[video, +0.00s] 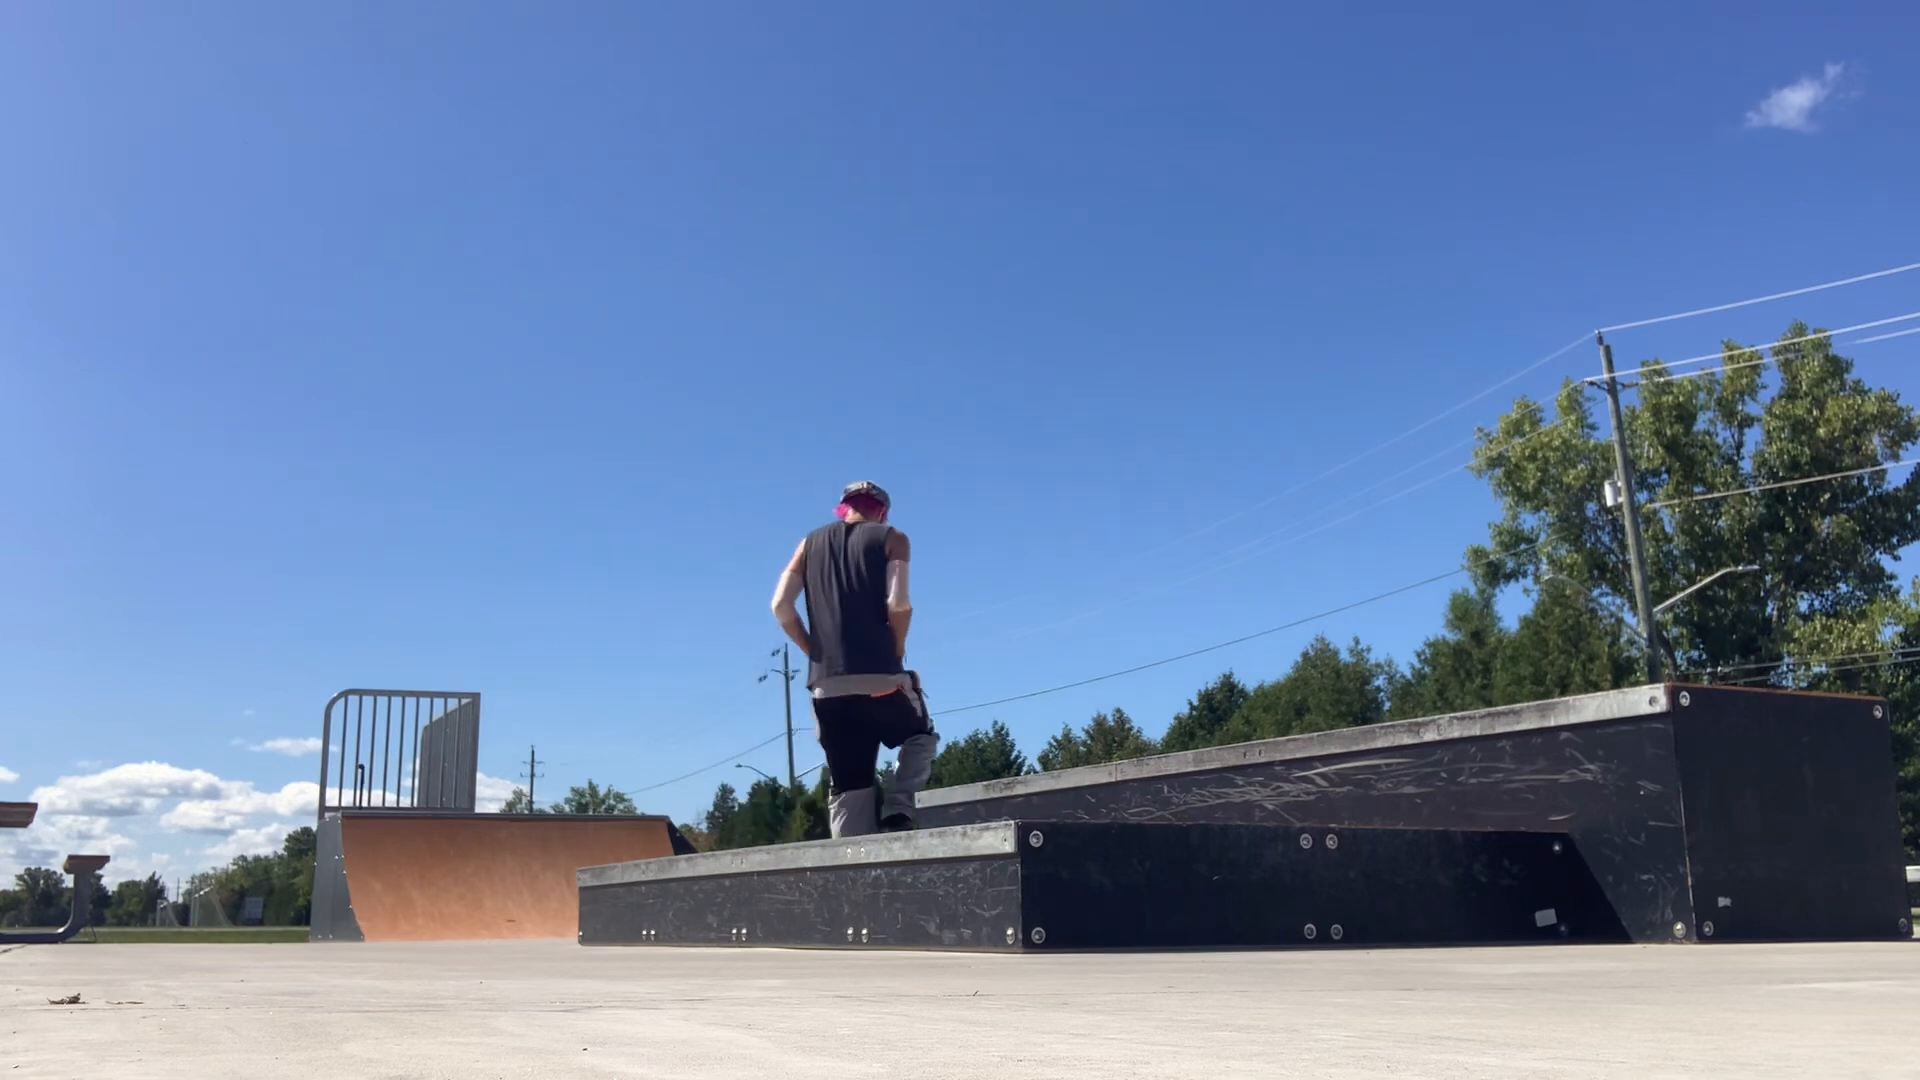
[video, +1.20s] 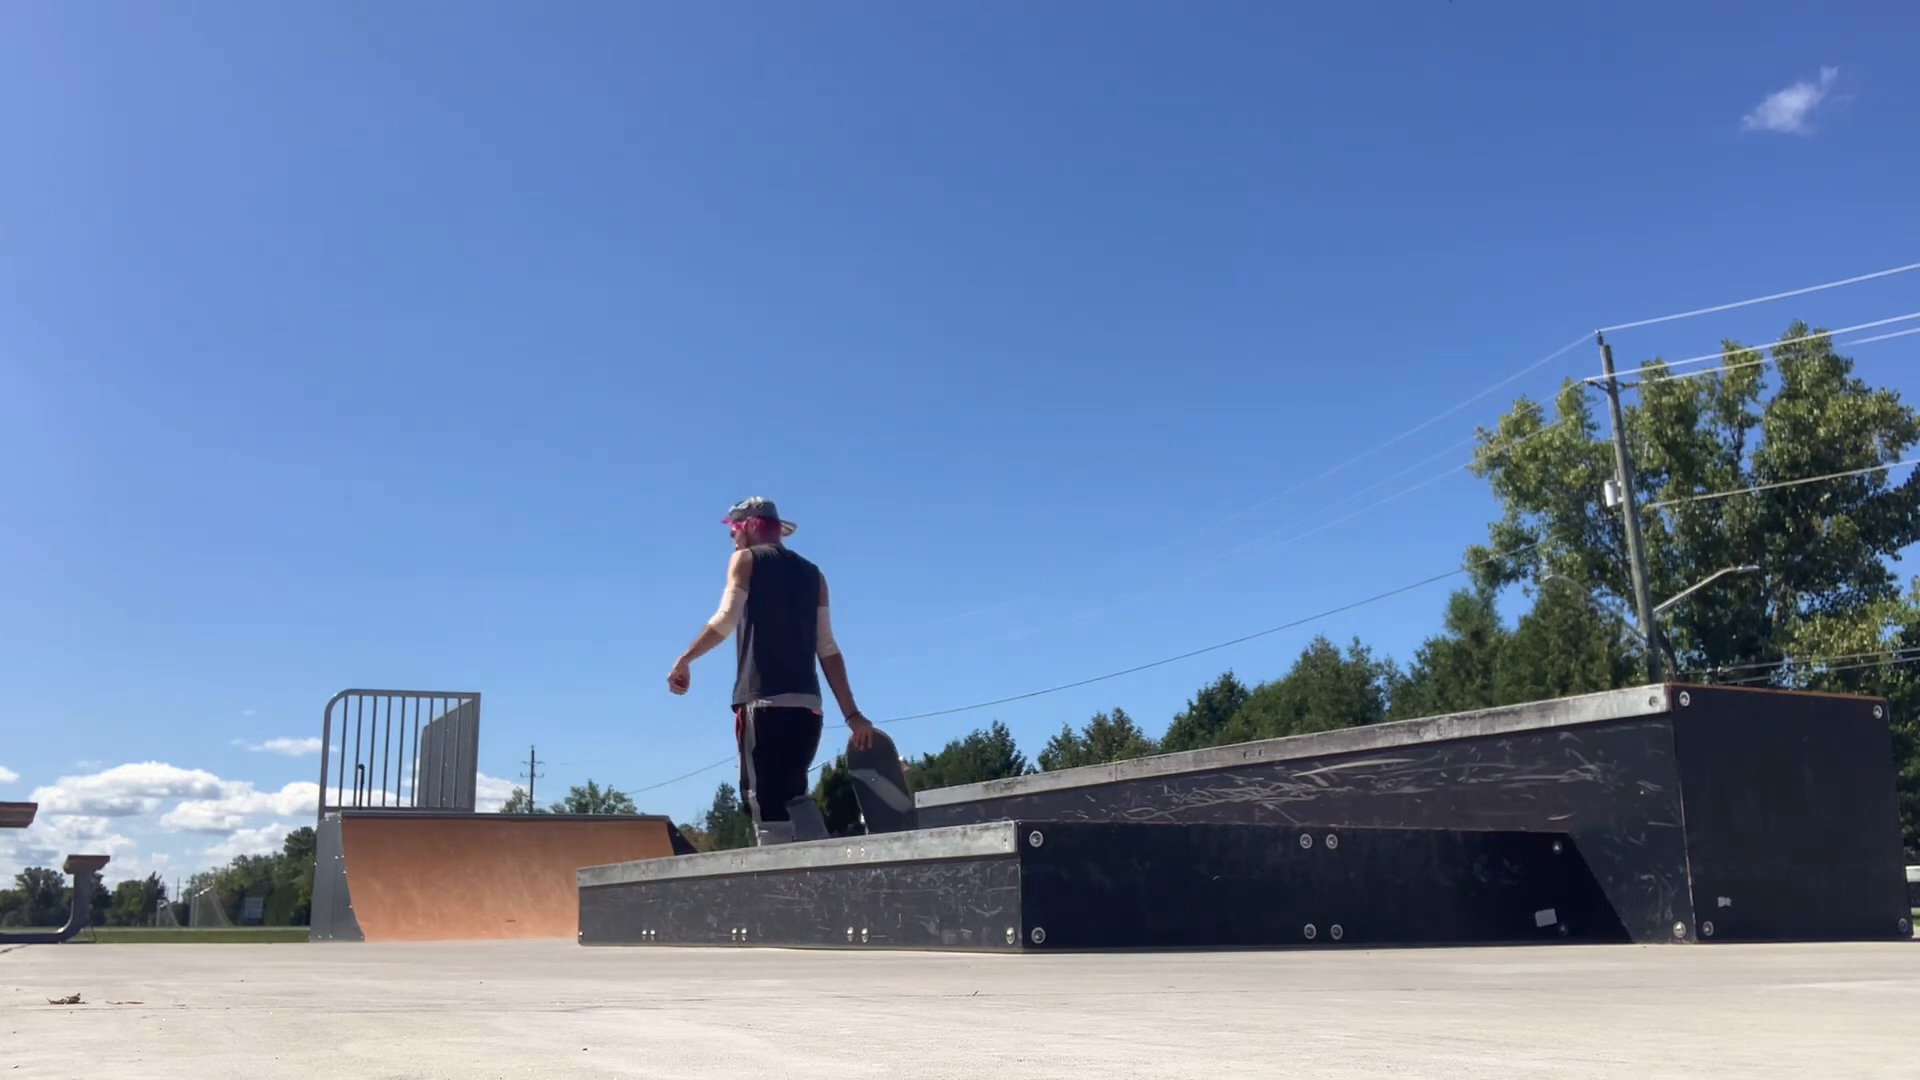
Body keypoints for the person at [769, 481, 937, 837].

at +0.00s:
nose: (886, 520)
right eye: (886, 515)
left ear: (841, 511)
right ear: (881, 511)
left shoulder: (810, 542)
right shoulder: (892, 538)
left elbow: (781, 606)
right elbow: (898, 604)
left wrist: (814, 651)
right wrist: (897, 653)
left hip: (828, 690)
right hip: (881, 685)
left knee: (848, 791)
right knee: (918, 737)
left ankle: (853, 885)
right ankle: (898, 811)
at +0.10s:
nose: (892, 532)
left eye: (892, 529)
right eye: (892, 527)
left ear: (847, 525)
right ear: (885, 524)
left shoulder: (818, 552)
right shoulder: (901, 549)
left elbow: (788, 608)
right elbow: (916, 614)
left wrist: (809, 669)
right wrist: (914, 663)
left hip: (838, 691)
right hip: (892, 684)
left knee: (855, 790)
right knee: (921, 742)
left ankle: (857, 882)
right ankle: (917, 818)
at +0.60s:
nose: (852, 539)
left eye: (854, 536)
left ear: (858, 534)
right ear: (896, 537)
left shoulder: (843, 550)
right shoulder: (921, 570)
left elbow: (832, 584)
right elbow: (930, 641)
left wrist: (794, 633)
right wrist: (949, 708)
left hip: (849, 696)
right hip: (902, 698)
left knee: (845, 797)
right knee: (902, 800)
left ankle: (842, 879)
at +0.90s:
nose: (805, 550)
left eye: (805, 546)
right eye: (806, 547)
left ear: (812, 542)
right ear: (850, 540)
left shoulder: (808, 562)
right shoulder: (882, 578)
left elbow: (812, 608)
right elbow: (898, 646)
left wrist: (786, 665)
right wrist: (930, 707)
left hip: (822, 721)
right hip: (877, 720)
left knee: (800, 825)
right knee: (897, 819)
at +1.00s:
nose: (778, 548)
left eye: (778, 543)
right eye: (778, 543)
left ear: (787, 539)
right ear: (823, 539)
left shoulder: (783, 563)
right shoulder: (855, 577)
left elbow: (786, 616)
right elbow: (877, 650)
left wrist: (759, 674)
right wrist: (912, 709)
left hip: (796, 720)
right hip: (851, 718)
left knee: (782, 814)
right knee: (875, 810)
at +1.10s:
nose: (754, 542)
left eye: (755, 535)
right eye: (752, 536)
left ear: (767, 532)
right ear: (797, 533)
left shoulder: (763, 561)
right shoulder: (834, 576)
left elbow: (755, 619)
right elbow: (852, 652)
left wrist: (722, 671)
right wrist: (881, 714)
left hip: (779, 712)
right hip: (826, 713)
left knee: (772, 810)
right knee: (826, 798)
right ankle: (879, 858)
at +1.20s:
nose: (733, 540)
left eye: (735, 532)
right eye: (733, 533)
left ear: (750, 527)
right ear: (776, 530)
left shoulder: (746, 558)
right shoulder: (813, 573)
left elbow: (727, 618)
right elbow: (827, 648)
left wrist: (686, 658)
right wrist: (853, 714)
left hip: (763, 707)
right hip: (808, 710)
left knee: (764, 805)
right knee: (796, 794)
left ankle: (784, 892)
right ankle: (829, 871)